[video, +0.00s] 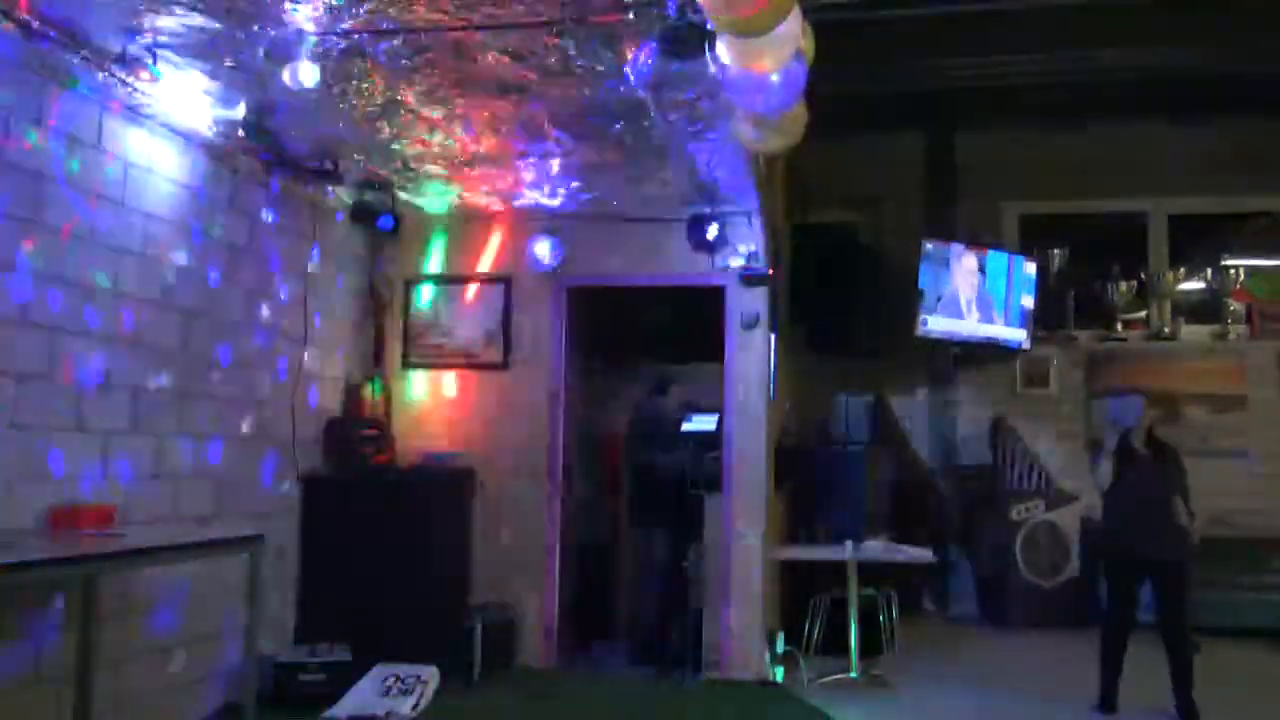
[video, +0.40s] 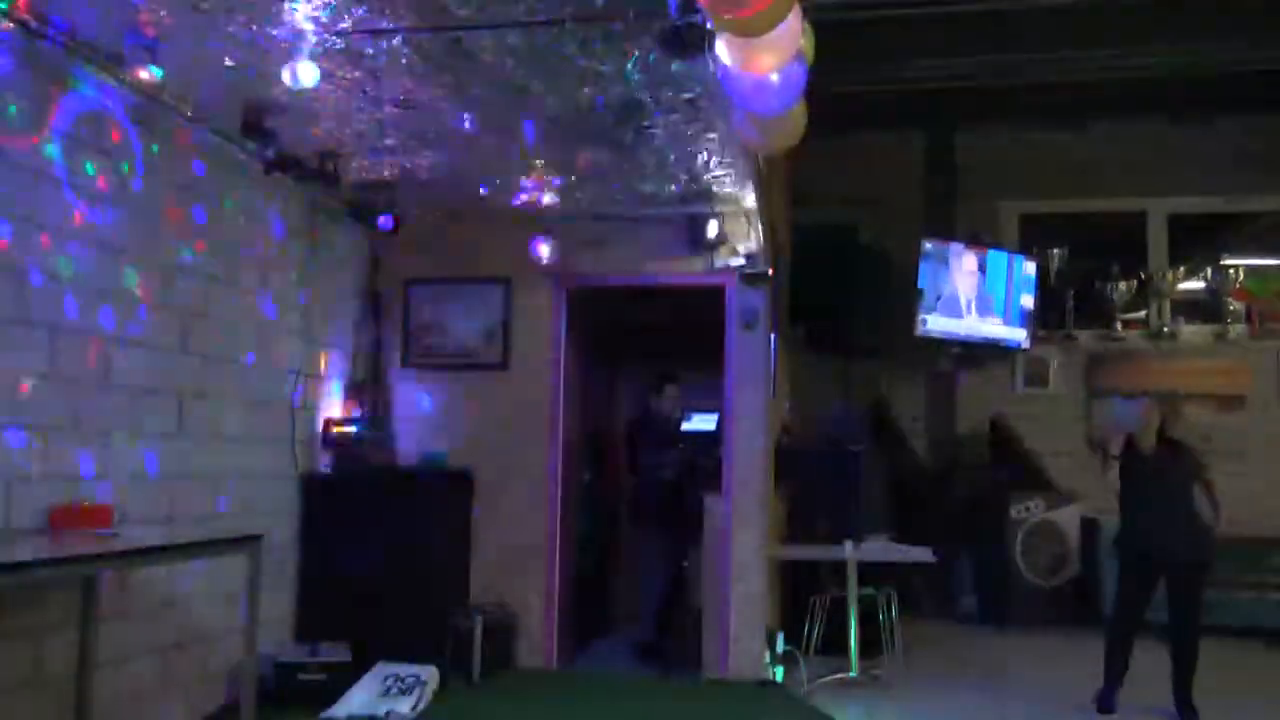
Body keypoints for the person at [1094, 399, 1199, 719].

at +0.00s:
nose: (1142, 419)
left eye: (1145, 412)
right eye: (1136, 414)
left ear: (1153, 416)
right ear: (1126, 419)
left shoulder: (1167, 454)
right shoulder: (1112, 451)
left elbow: (1181, 498)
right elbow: (1104, 483)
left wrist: (1188, 524)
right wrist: (1115, 443)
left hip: (1166, 550)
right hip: (1123, 549)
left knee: (1175, 628)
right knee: (1117, 624)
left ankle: (1185, 702)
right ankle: (1107, 699)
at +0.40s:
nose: (1143, 420)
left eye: (1150, 414)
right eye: (1141, 414)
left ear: (1160, 419)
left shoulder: (1182, 454)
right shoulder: (1128, 451)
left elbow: (1207, 490)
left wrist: (1216, 521)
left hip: (1183, 549)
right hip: (1139, 548)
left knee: (1185, 627)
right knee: (1124, 620)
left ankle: (1184, 699)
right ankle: (1109, 689)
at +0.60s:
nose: (1138, 423)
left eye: (1144, 417)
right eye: (1134, 417)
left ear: (1156, 422)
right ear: (1126, 421)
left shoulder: (1177, 455)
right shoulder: (1120, 456)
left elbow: (1205, 486)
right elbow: (1121, 499)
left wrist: (1215, 519)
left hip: (1182, 549)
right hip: (1138, 551)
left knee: (1182, 628)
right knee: (1116, 622)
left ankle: (1183, 701)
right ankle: (1099, 695)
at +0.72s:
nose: (1128, 423)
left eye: (1134, 416)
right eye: (1124, 416)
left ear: (1147, 420)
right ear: (1116, 422)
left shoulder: (1169, 454)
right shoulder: (1110, 457)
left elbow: (1197, 494)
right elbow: (1113, 500)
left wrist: (1197, 526)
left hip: (1173, 549)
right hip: (1131, 550)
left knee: (1179, 626)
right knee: (1112, 619)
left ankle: (1183, 700)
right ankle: (1097, 694)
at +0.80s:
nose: (1118, 422)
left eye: (1125, 414)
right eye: (1114, 415)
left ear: (1139, 419)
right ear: (1108, 422)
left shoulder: (1160, 450)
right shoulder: (1102, 455)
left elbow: (1189, 485)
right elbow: (1109, 497)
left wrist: (1195, 523)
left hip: (1165, 548)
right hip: (1124, 550)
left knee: (1174, 626)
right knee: (1107, 622)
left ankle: (1181, 698)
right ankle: (1096, 695)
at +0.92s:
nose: (1109, 418)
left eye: (1115, 411)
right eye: (1104, 411)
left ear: (1129, 415)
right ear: (1096, 417)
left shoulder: (1149, 449)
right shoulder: (1089, 454)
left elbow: (1179, 483)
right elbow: (1090, 496)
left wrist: (1179, 520)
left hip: (1155, 544)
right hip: (1107, 546)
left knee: (1168, 623)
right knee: (1100, 623)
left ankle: (1178, 695)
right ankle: (1095, 695)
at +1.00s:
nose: (1105, 417)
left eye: (1111, 410)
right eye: (1099, 411)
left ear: (1123, 414)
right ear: (1091, 416)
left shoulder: (1142, 448)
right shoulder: (1084, 452)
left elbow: (1168, 477)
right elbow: (1093, 493)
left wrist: (1174, 493)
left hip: (1146, 545)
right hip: (1102, 546)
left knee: (1163, 624)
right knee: (1097, 623)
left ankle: (1177, 696)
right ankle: (1095, 695)